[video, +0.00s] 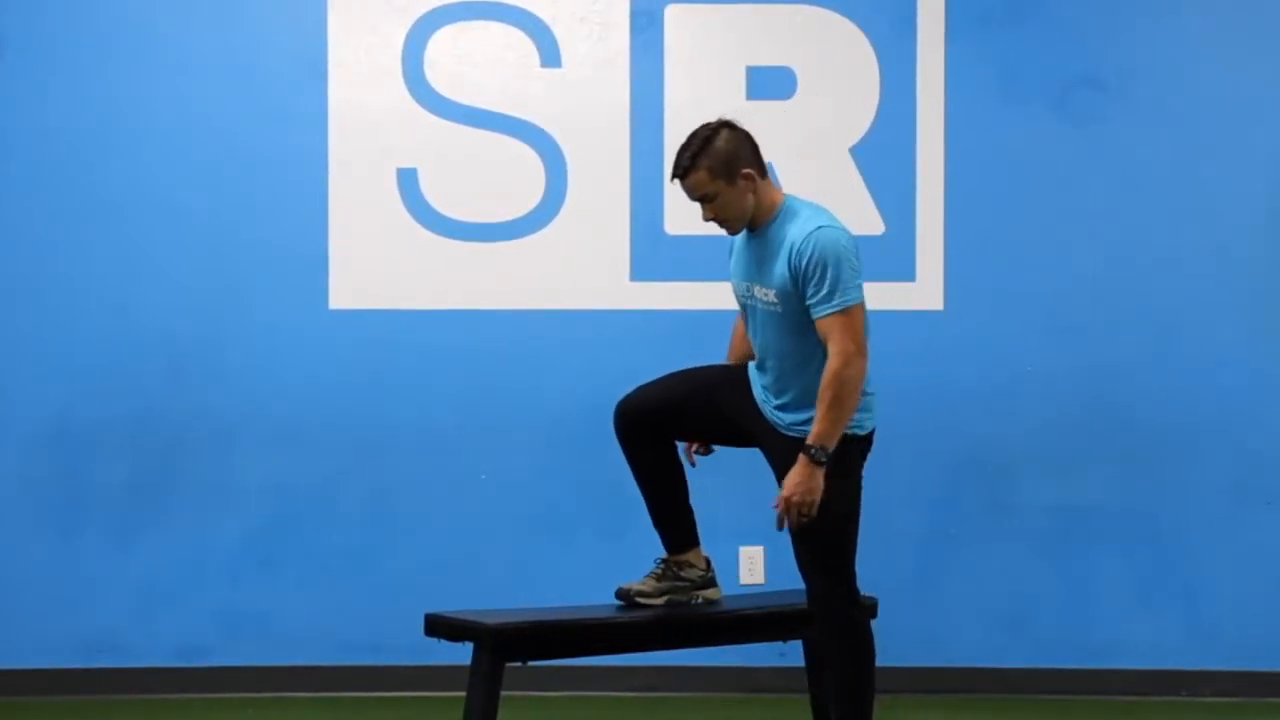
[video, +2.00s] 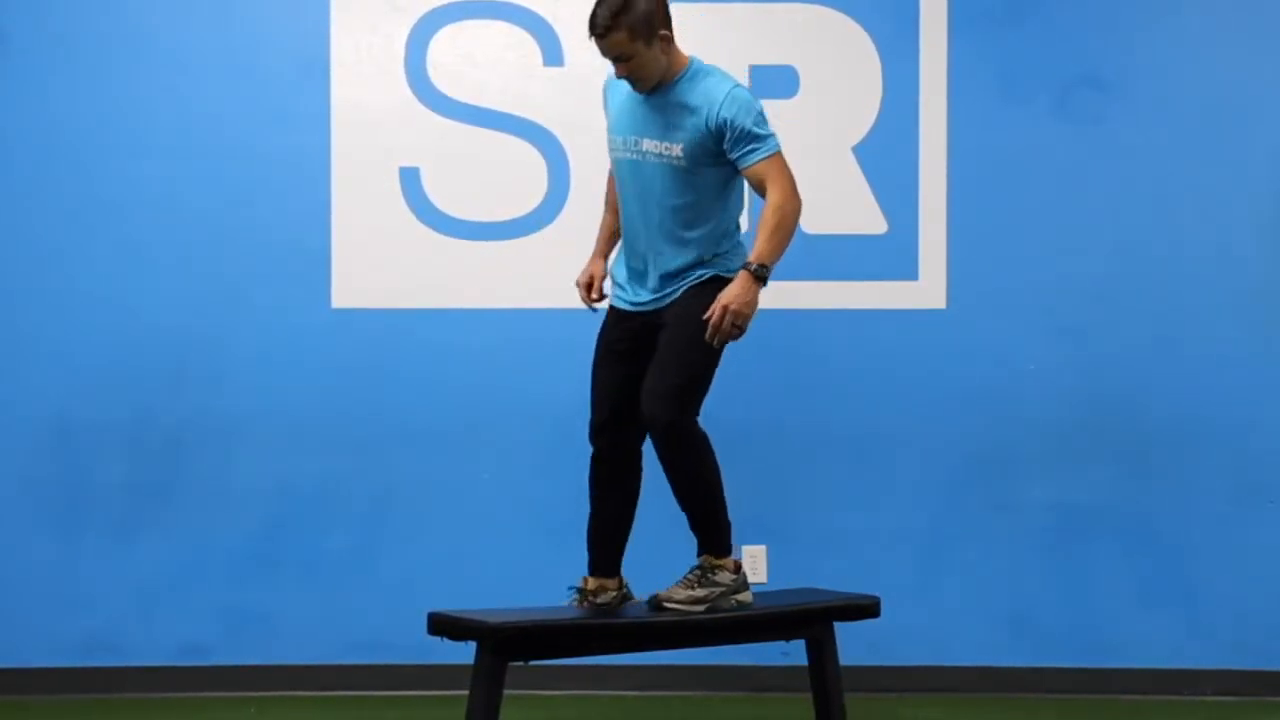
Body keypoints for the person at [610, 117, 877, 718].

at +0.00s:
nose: (706, 214)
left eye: (709, 200)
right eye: (699, 203)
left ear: (749, 178)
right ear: (744, 180)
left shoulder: (820, 242)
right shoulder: (749, 234)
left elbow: (849, 358)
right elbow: (750, 327)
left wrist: (815, 460)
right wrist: (711, 416)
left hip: (820, 432)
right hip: (756, 395)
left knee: (831, 598)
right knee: (638, 417)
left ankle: (846, 713)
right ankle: (687, 566)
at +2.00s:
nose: (618, 71)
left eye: (625, 58)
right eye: (611, 60)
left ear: (663, 37)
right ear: (608, 49)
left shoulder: (724, 102)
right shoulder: (619, 91)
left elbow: (785, 198)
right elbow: (623, 175)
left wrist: (752, 277)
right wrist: (601, 253)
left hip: (703, 285)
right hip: (633, 288)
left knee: (667, 414)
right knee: (612, 429)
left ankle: (721, 569)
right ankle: (603, 581)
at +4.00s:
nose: (528, 216)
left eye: (532, 201)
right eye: (517, 207)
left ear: (562, 179)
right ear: (512, 202)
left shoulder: (626, 218)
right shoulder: (539, 257)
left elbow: (702, 287)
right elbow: (548, 348)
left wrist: (698, 362)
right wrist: (525, 432)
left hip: (646, 388)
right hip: (583, 415)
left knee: (588, 488)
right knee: (595, 545)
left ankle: (639, 625)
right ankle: (629, 702)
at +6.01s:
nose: (584, 30)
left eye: (585, 15)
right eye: (576, 21)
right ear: (582, 15)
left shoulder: (697, 35)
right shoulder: (605, 68)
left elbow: (755, 132)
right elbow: (613, 168)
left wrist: (732, 219)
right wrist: (578, 256)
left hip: (694, 259)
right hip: (626, 270)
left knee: (684, 403)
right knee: (636, 407)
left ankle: (699, 564)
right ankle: (666, 561)